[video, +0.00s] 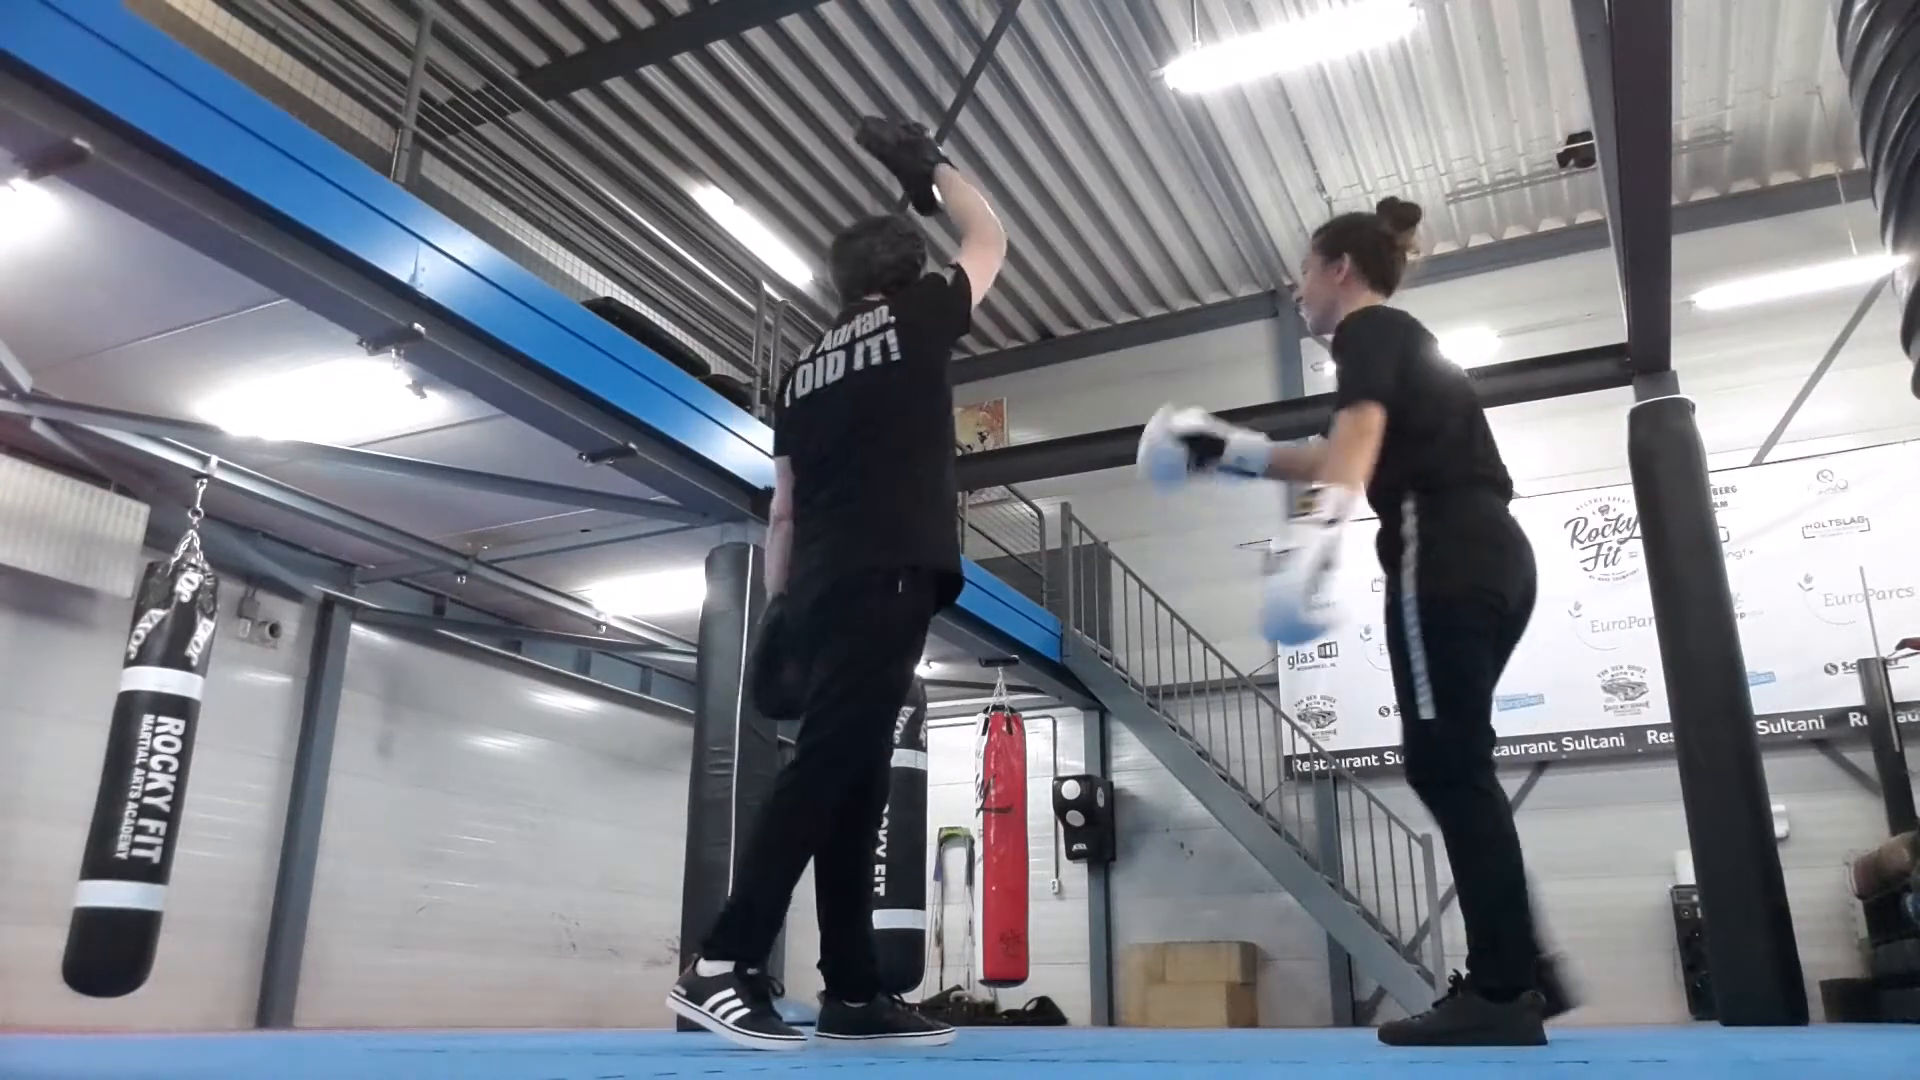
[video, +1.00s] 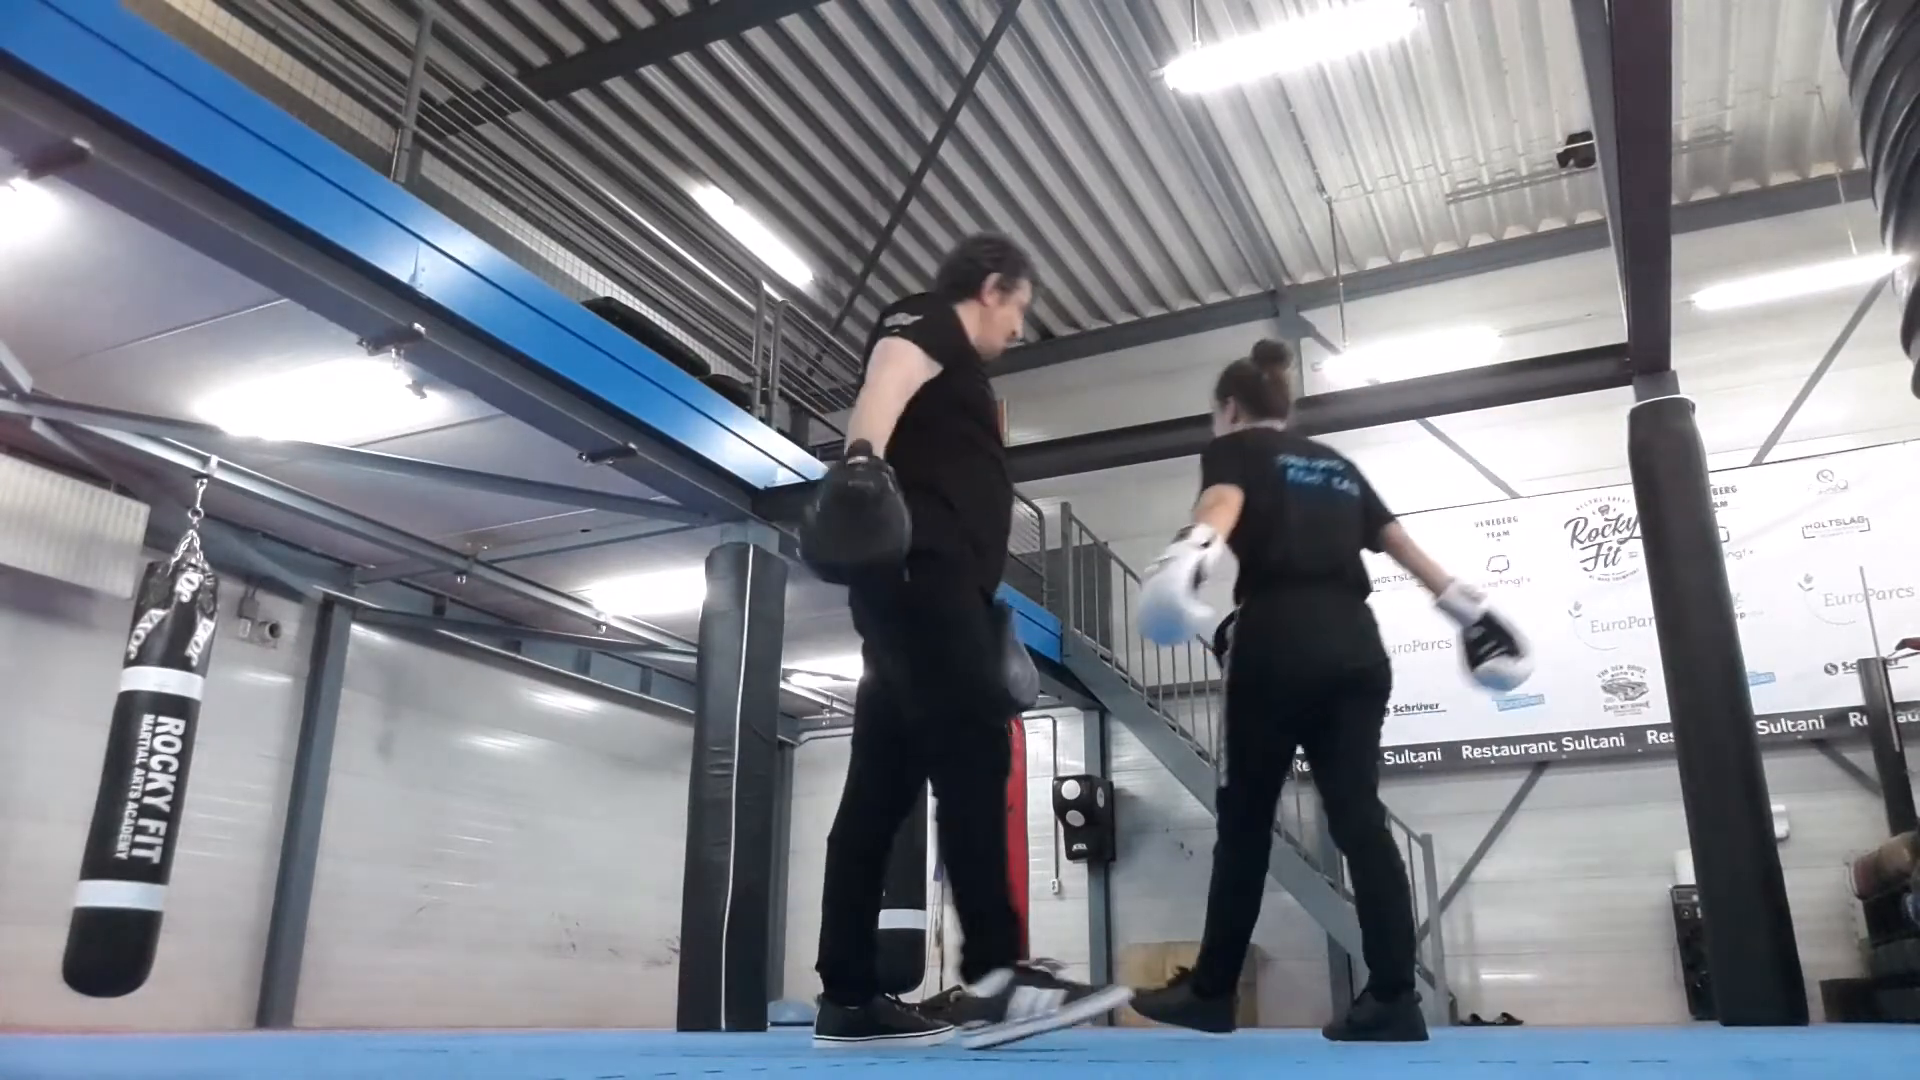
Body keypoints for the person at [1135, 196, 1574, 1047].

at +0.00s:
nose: (1297, 289)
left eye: (1304, 272)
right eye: (1299, 275)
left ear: (1342, 270)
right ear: (1367, 274)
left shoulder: (1368, 329)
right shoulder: (1400, 343)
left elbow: (1361, 435)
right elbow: (1345, 461)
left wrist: (1321, 532)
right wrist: (1240, 452)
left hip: (1442, 554)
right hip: (1487, 551)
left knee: (1446, 763)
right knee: (1450, 761)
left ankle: (1502, 989)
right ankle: (1522, 971)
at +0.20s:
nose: (1297, 314)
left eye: (1300, 300)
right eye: (1299, 301)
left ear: (1325, 295)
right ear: (1374, 302)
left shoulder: (1332, 355)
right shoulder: (1403, 367)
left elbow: (1297, 456)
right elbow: (1354, 453)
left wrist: (1227, 550)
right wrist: (1276, 423)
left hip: (1401, 565)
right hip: (1465, 566)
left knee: (1463, 773)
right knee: (1391, 777)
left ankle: (1503, 993)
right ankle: (1395, 986)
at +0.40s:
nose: (1291, 340)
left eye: (1294, 329)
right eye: (1294, 330)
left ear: (1310, 326)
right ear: (1361, 334)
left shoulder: (1310, 380)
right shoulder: (1395, 401)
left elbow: (1280, 479)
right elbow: (1386, 525)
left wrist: (1219, 566)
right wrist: (1288, 563)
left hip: (1369, 584)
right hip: (1430, 588)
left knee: (1400, 778)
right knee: (1365, 783)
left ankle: (1493, 980)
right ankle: (1388, 992)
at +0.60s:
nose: (1277, 367)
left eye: (1275, 358)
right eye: (1279, 360)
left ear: (1289, 353)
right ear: (1344, 355)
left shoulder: (1295, 396)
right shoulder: (1387, 421)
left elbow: (1283, 481)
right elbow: (1396, 535)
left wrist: (1230, 578)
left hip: (1337, 599)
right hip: (1407, 603)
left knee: (1293, 783)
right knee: (1375, 794)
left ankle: (1415, 922)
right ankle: (1393, 998)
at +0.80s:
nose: (1253, 395)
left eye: (1253, 386)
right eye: (1254, 387)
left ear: (1265, 378)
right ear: (1318, 379)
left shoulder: (1272, 414)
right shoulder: (1368, 445)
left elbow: (1268, 477)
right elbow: (1430, 523)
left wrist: (1229, 560)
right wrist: (1498, 592)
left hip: (1306, 613)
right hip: (1382, 622)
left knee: (1247, 785)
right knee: (1371, 806)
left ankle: (1288, 977)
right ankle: (1394, 1001)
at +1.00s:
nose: (1214, 426)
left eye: (1215, 416)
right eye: (1215, 418)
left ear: (1231, 409)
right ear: (1285, 411)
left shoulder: (1234, 451)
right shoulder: (1338, 467)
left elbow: (1222, 505)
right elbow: (1402, 547)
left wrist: (1187, 554)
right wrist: (1468, 606)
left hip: (1274, 645)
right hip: (1356, 645)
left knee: (1245, 818)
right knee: (1361, 820)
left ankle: (1209, 990)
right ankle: (1394, 1000)